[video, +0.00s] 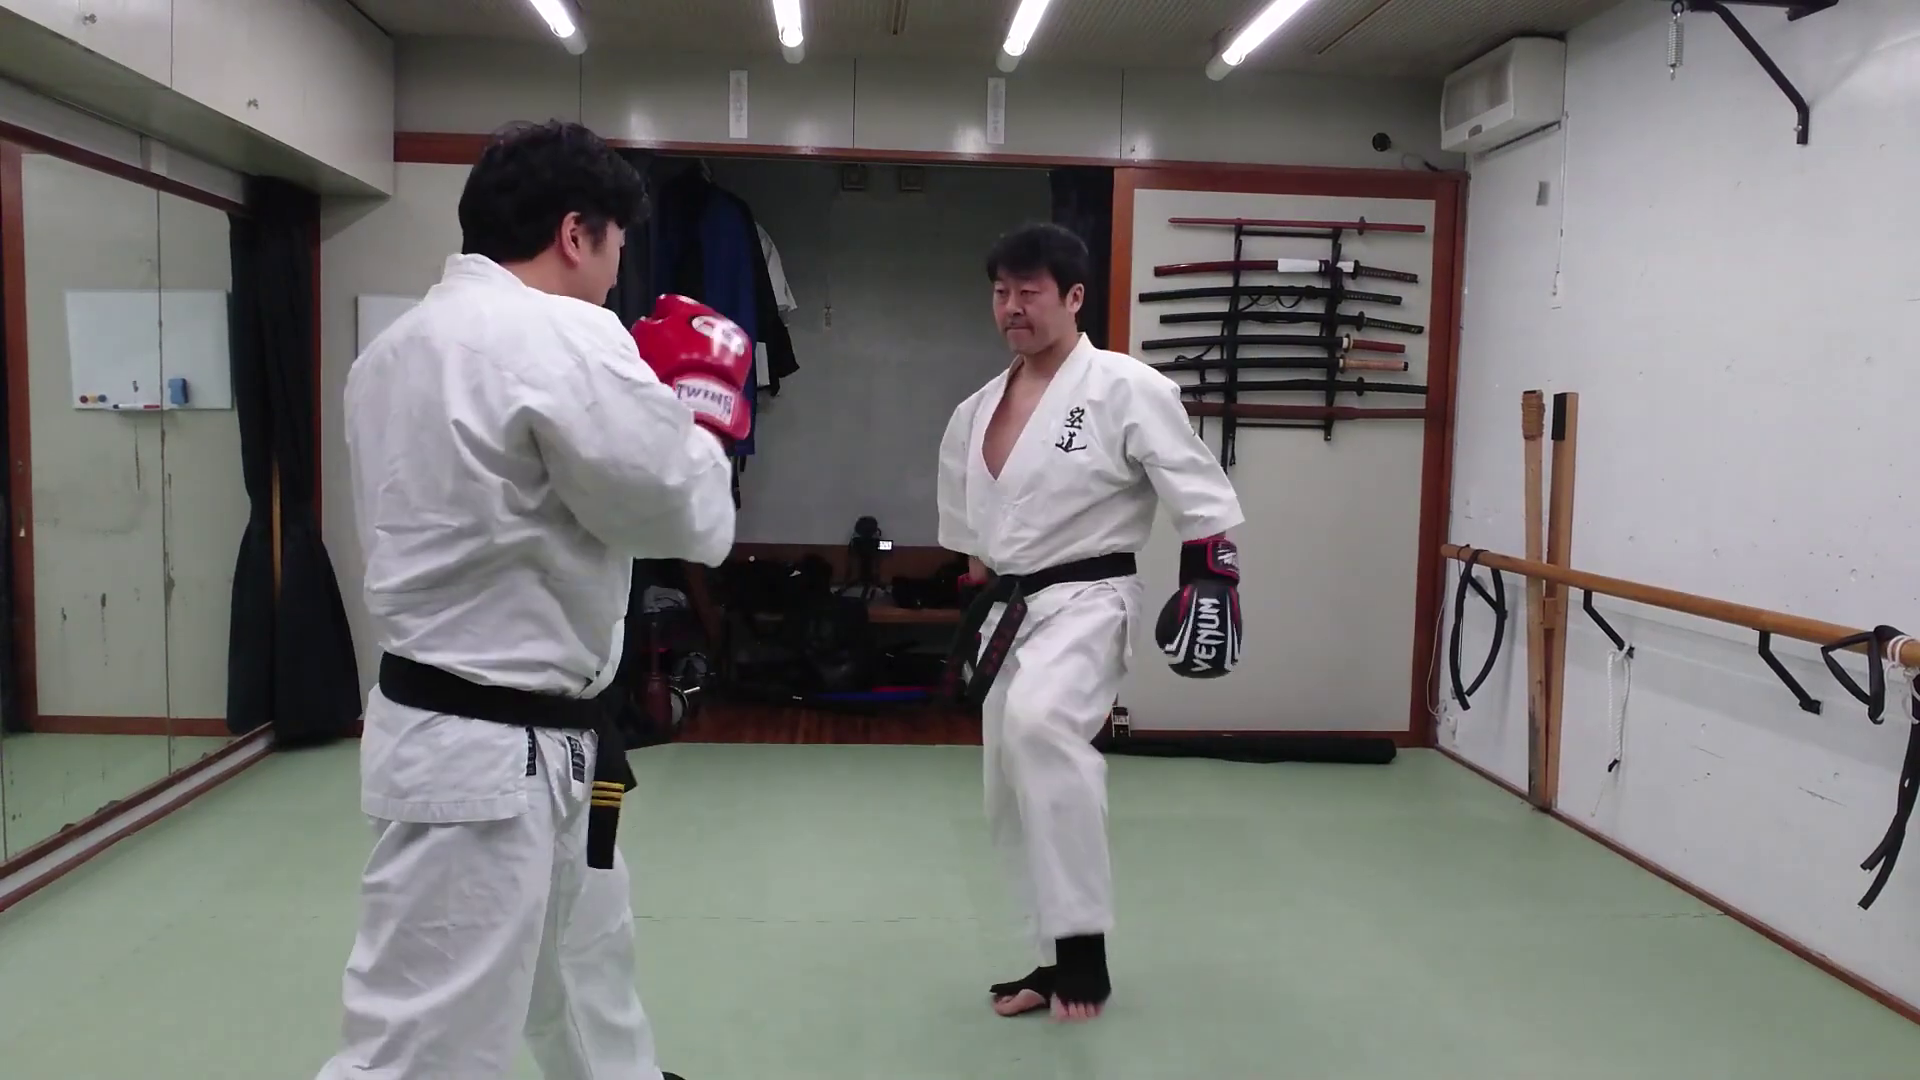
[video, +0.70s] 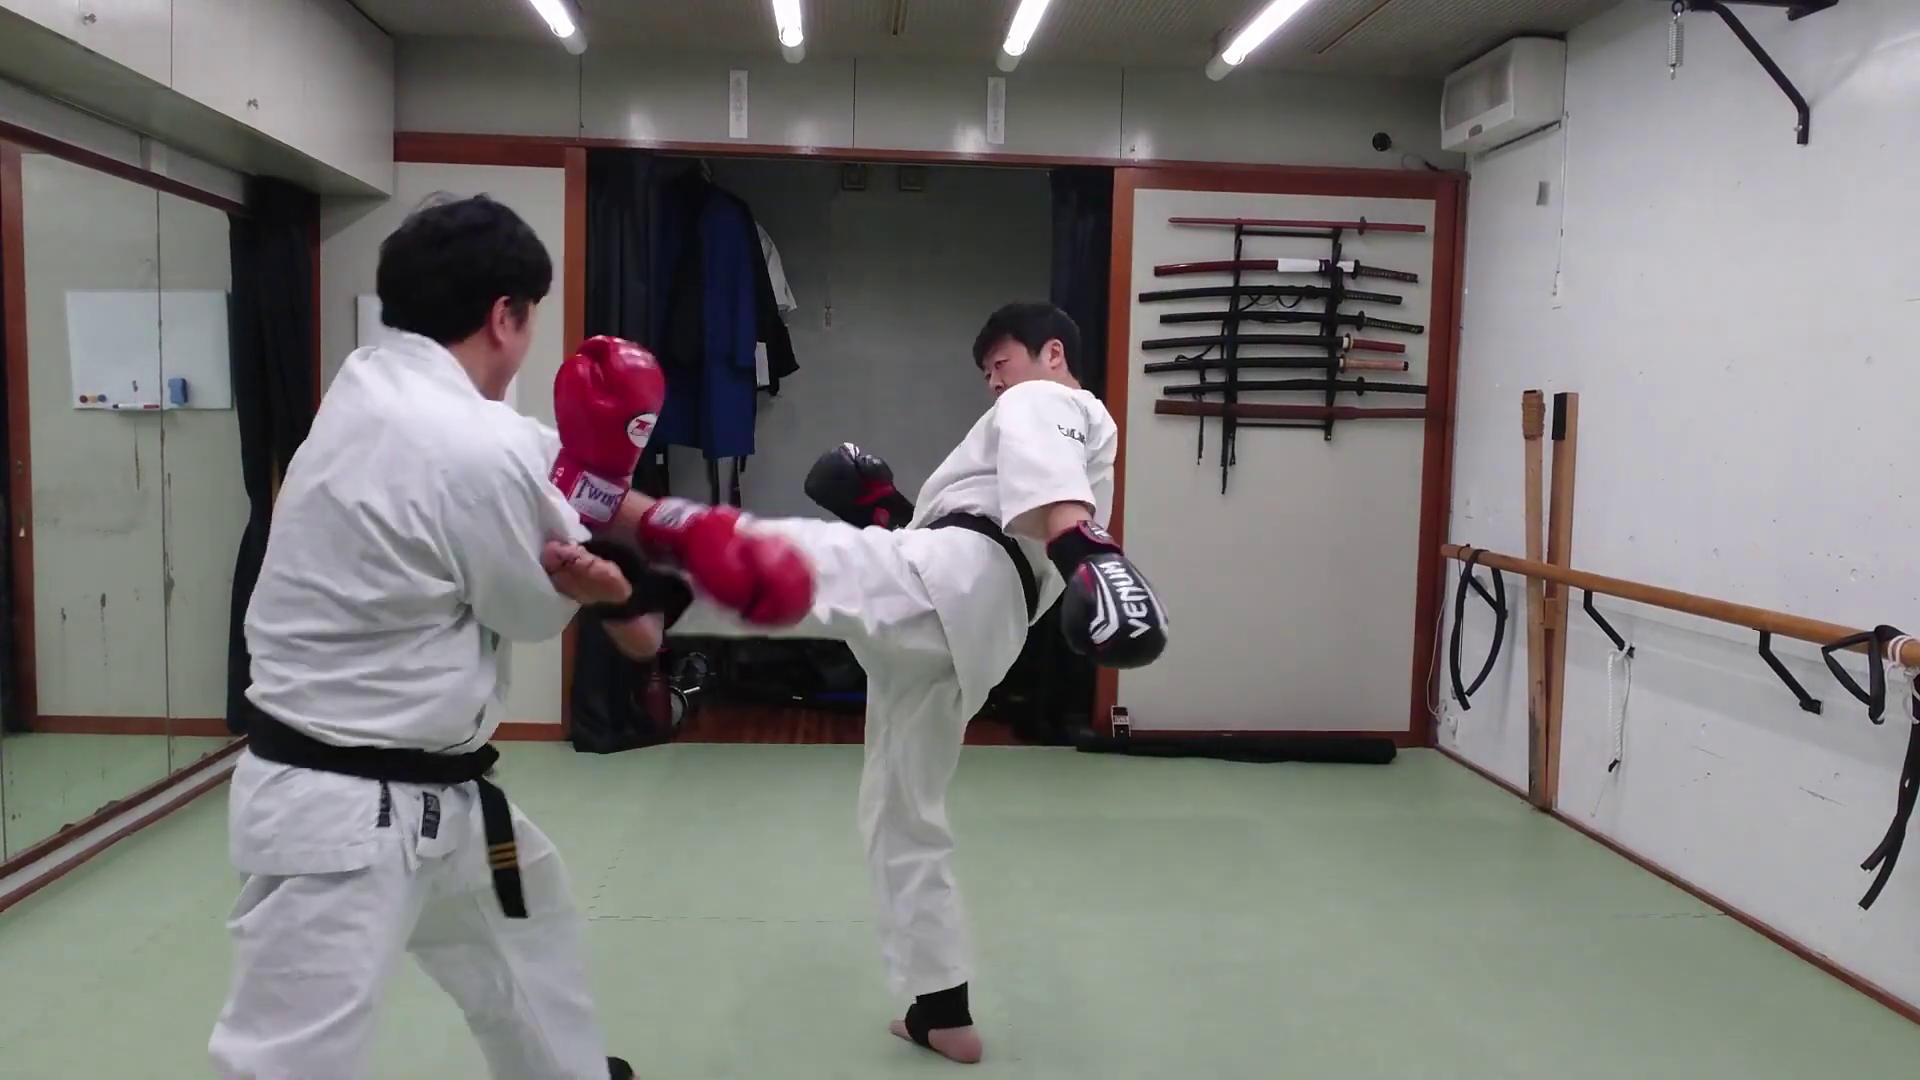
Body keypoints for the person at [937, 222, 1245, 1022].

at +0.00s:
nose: (1011, 308)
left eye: (1029, 293)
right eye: (1001, 293)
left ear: (1074, 298)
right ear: (992, 302)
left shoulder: (1125, 387)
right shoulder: (978, 410)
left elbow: (1201, 488)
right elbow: (978, 539)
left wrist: (1210, 579)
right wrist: (981, 624)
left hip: (1088, 599)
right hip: (1013, 608)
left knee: (1035, 724)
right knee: (1009, 773)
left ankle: (1082, 953)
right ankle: (1057, 960)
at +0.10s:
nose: (1006, 310)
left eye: (1022, 294)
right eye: (995, 296)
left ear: (1066, 297)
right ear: (985, 304)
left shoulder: (1117, 389)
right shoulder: (966, 409)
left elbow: (1193, 499)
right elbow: (947, 533)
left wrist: (1154, 566)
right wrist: (918, 609)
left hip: (1082, 617)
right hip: (1002, 621)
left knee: (1070, 793)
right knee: (1014, 801)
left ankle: (1106, 991)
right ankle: (1058, 969)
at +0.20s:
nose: (1004, 305)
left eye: (1021, 289)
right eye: (995, 292)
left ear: (1069, 295)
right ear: (987, 304)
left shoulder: (1103, 389)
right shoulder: (969, 402)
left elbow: (1069, 481)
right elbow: (937, 530)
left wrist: (978, 420)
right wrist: (907, 591)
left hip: (1098, 617)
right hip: (1007, 623)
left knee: (1120, 812)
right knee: (961, 789)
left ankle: (1164, 966)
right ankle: (1020, 937)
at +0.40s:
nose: (991, 326)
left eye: (1006, 311)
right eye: (989, 313)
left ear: (1058, 317)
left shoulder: (1057, 377)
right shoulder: (1007, 392)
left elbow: (947, 438)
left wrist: (845, 433)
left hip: (1024, 598)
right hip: (952, 609)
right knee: (916, 820)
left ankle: (1131, 909)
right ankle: (975, 980)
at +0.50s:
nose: (989, 360)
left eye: (1000, 343)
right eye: (983, 348)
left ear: (1049, 335)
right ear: (1052, 346)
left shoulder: (1036, 385)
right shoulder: (1075, 417)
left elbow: (986, 457)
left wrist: (941, 527)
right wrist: (884, 535)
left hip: (994, 551)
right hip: (1019, 602)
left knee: (862, 603)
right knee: (907, 787)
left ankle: (973, 783)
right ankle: (962, 987)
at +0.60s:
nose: (991, 382)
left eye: (1000, 365)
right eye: (984, 372)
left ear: (1048, 354)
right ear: (1052, 367)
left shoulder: (1037, 397)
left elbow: (1042, 484)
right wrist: (888, 515)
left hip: (970, 569)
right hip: (971, 657)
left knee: (829, 535)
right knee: (911, 813)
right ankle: (944, 1007)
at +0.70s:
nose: (992, 381)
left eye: (1000, 365)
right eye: (988, 371)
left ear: (1053, 355)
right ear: (1057, 364)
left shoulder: (1043, 397)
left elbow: (1041, 470)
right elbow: (982, 536)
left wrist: (1085, 553)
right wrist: (889, 515)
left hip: (960, 567)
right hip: (981, 640)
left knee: (802, 555)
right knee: (906, 813)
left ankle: (627, 513)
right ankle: (942, 1011)